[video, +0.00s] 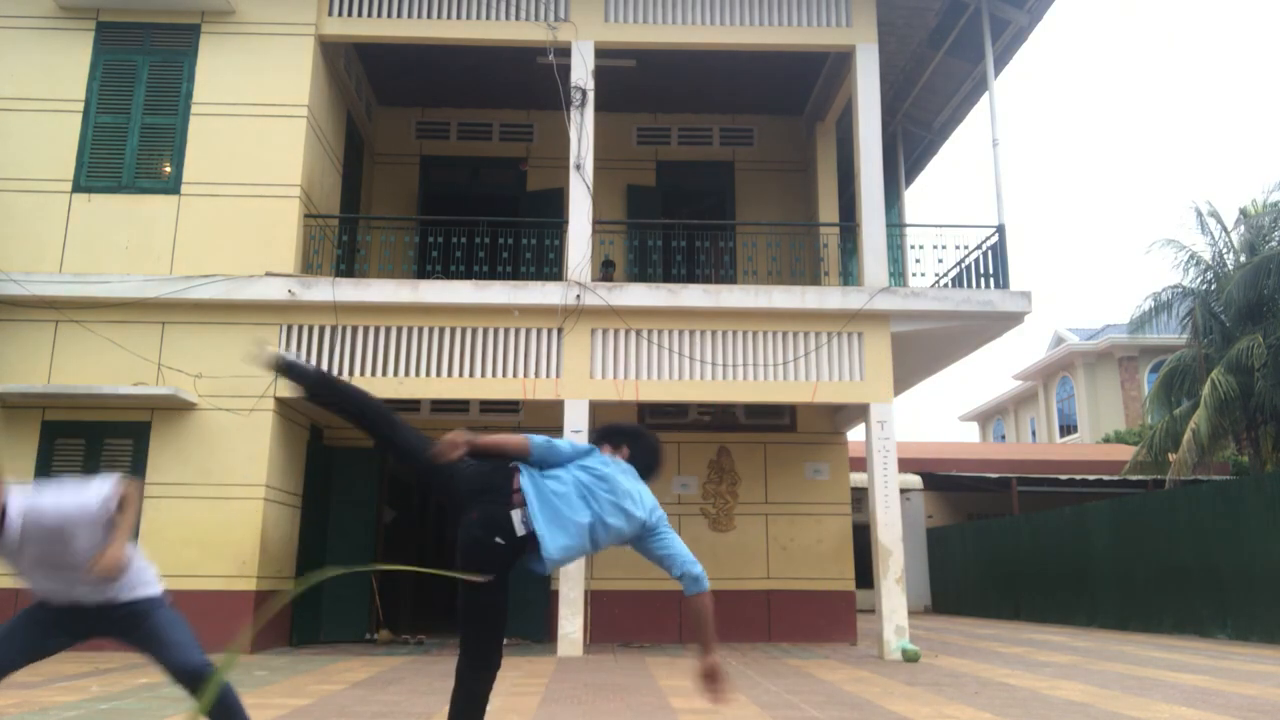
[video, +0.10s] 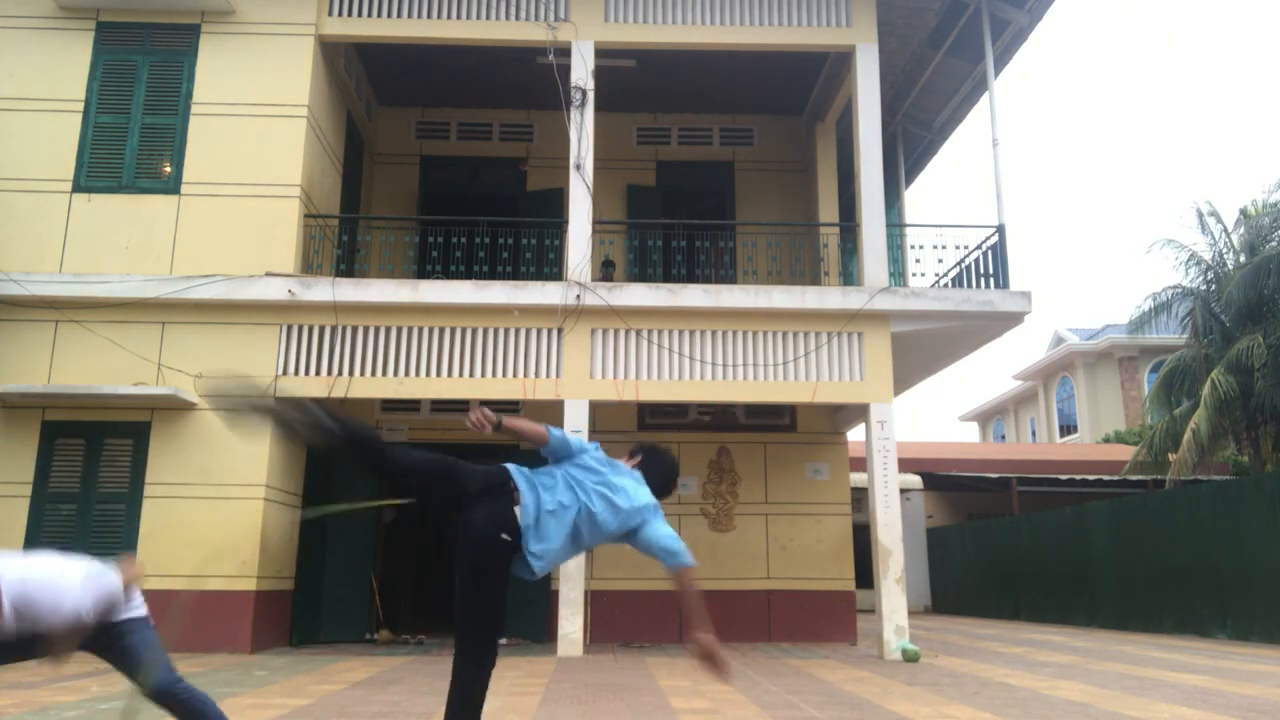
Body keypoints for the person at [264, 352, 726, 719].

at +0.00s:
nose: (595, 453)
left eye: (601, 447)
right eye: (599, 449)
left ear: (619, 451)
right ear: (643, 467)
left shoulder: (591, 453)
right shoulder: (647, 513)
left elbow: (527, 446)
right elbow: (694, 579)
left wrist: (468, 440)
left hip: (486, 486)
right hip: (497, 543)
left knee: (393, 432)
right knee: (480, 657)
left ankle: (306, 376)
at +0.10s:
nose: (628, 454)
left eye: (632, 453)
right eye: (636, 459)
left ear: (632, 459)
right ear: (659, 493)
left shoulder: (594, 453)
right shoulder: (644, 512)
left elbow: (541, 435)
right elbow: (684, 565)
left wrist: (495, 422)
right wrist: (700, 628)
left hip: (484, 482)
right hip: (497, 537)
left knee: (391, 458)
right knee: (475, 656)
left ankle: (317, 425)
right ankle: (458, 715)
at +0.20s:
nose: (614, 417)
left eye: (621, 413)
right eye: (620, 413)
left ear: (635, 422)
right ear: (653, 446)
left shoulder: (599, 424)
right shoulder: (643, 488)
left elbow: (539, 414)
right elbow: (619, 555)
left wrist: (473, 409)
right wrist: (618, 553)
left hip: (511, 486)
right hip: (530, 541)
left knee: (402, 490)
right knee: (491, 649)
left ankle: (431, 540)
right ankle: (473, 716)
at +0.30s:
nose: (601, 368)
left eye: (609, 362)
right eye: (605, 361)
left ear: (629, 372)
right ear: (634, 379)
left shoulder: (613, 395)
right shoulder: (630, 450)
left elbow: (568, 420)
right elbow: (598, 519)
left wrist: (517, 410)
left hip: (548, 501)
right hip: (564, 529)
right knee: (500, 631)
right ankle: (477, 713)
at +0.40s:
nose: (591, 352)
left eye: (601, 344)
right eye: (593, 345)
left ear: (629, 354)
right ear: (604, 353)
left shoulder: (647, 424)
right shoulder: (575, 403)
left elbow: (617, 485)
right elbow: (558, 474)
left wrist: (590, 432)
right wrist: (535, 450)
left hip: (585, 533)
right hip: (538, 527)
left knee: (583, 619)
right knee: (491, 644)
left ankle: (624, 711)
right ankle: (459, 714)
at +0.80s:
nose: (843, 526)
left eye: (848, 518)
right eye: (844, 516)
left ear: (816, 489)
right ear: (820, 502)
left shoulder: (770, 474)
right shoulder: (762, 530)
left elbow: (699, 468)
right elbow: (679, 569)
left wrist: (708, 532)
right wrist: (725, 597)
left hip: (674, 576)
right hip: (631, 570)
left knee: (731, 672)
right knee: (570, 662)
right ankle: (482, 716)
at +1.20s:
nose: (915, 371)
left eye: (927, 360)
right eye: (909, 361)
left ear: (960, 363)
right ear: (902, 361)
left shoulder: (984, 428)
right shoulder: (875, 405)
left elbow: (1003, 491)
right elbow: (828, 455)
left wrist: (978, 526)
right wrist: (820, 510)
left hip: (929, 548)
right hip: (872, 544)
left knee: (932, 679)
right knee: (899, 668)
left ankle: (832, 706)